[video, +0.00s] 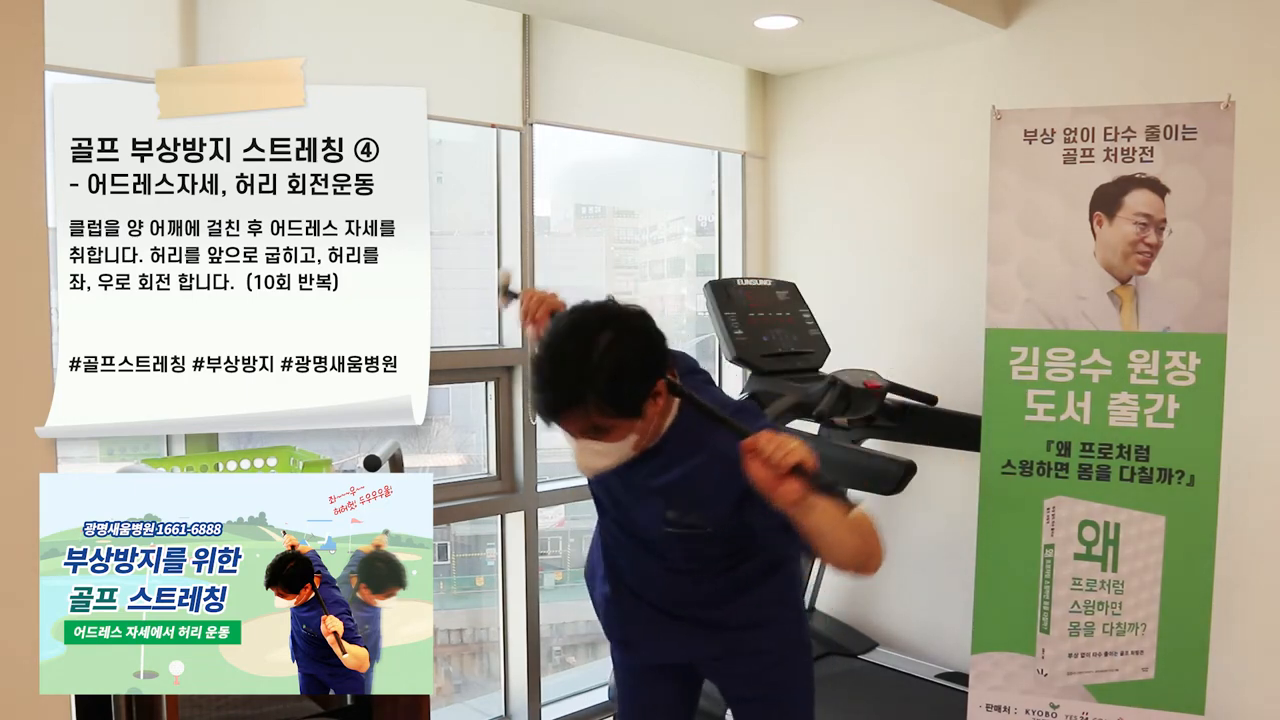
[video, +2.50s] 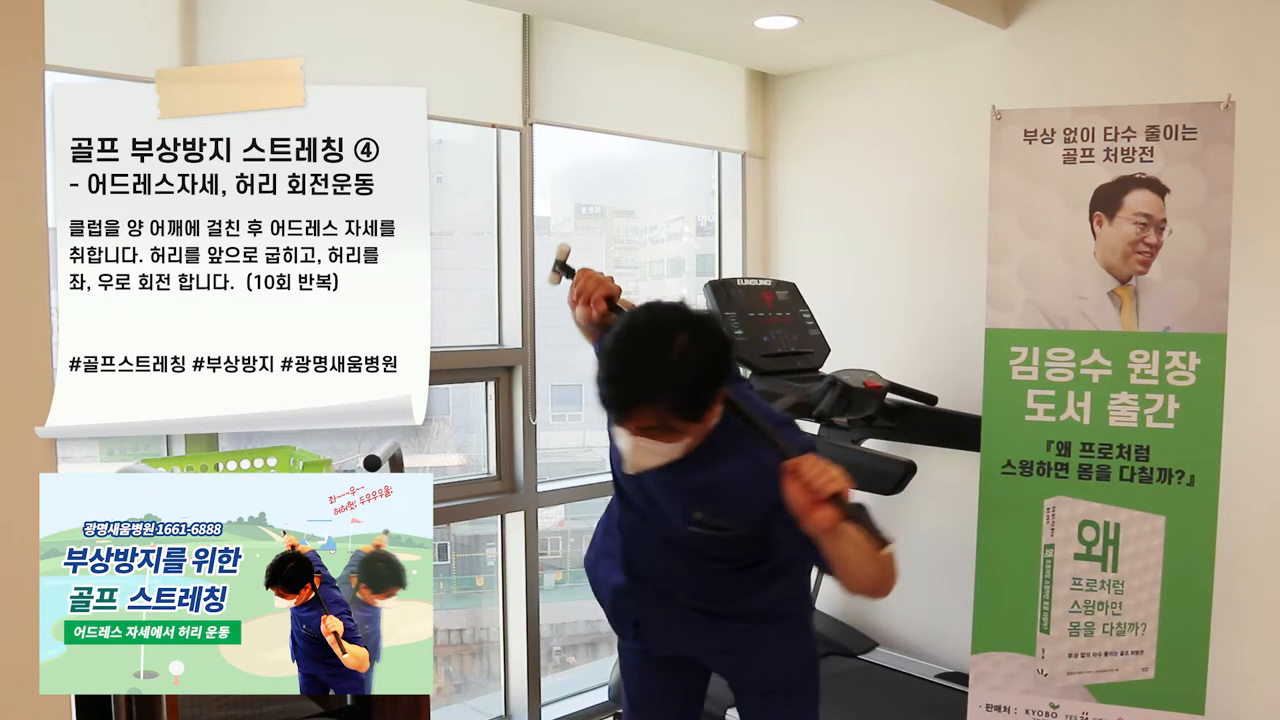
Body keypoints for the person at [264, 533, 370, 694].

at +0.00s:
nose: (278, 599)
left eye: (283, 595)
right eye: (276, 594)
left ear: (306, 590)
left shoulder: (334, 608)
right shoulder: (312, 570)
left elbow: (363, 665)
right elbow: (308, 552)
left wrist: (335, 642)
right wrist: (297, 547)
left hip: (344, 672)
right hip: (310, 667)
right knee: (312, 714)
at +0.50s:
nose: (278, 599)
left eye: (283, 595)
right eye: (276, 593)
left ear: (306, 590)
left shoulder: (334, 608)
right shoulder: (311, 570)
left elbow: (363, 665)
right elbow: (308, 552)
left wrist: (335, 642)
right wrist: (296, 547)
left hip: (344, 672)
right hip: (310, 667)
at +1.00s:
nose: (278, 599)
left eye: (283, 595)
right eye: (276, 593)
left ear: (306, 589)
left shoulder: (334, 608)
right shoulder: (311, 570)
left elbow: (363, 665)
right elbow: (308, 552)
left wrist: (335, 642)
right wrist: (296, 547)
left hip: (344, 672)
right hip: (310, 666)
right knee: (313, 714)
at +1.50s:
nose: (278, 599)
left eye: (283, 595)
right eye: (276, 593)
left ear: (306, 590)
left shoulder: (334, 608)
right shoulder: (311, 570)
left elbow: (363, 665)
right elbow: (308, 552)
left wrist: (335, 642)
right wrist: (297, 547)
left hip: (344, 672)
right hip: (310, 667)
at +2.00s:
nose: (278, 599)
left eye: (283, 595)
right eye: (276, 593)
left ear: (306, 590)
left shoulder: (334, 608)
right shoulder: (311, 570)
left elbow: (363, 665)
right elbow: (308, 552)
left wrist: (335, 642)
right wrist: (297, 547)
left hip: (344, 673)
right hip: (310, 667)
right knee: (312, 715)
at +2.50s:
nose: (278, 599)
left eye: (283, 596)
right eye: (276, 594)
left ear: (306, 589)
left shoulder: (334, 608)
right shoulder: (312, 570)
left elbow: (363, 665)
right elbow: (308, 552)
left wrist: (335, 642)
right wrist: (297, 547)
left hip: (345, 673)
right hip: (310, 667)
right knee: (312, 714)